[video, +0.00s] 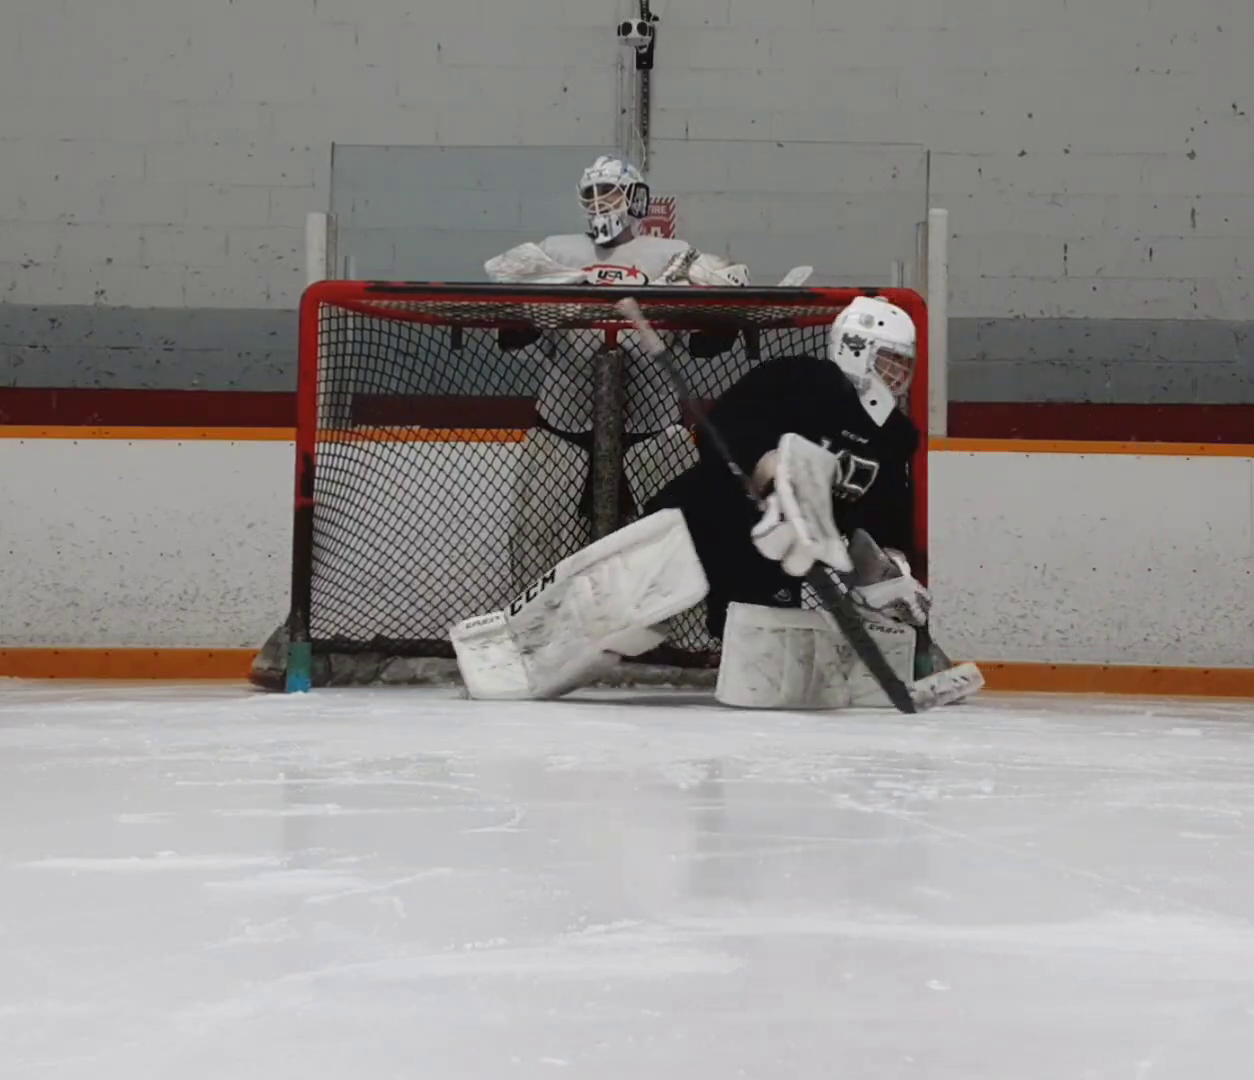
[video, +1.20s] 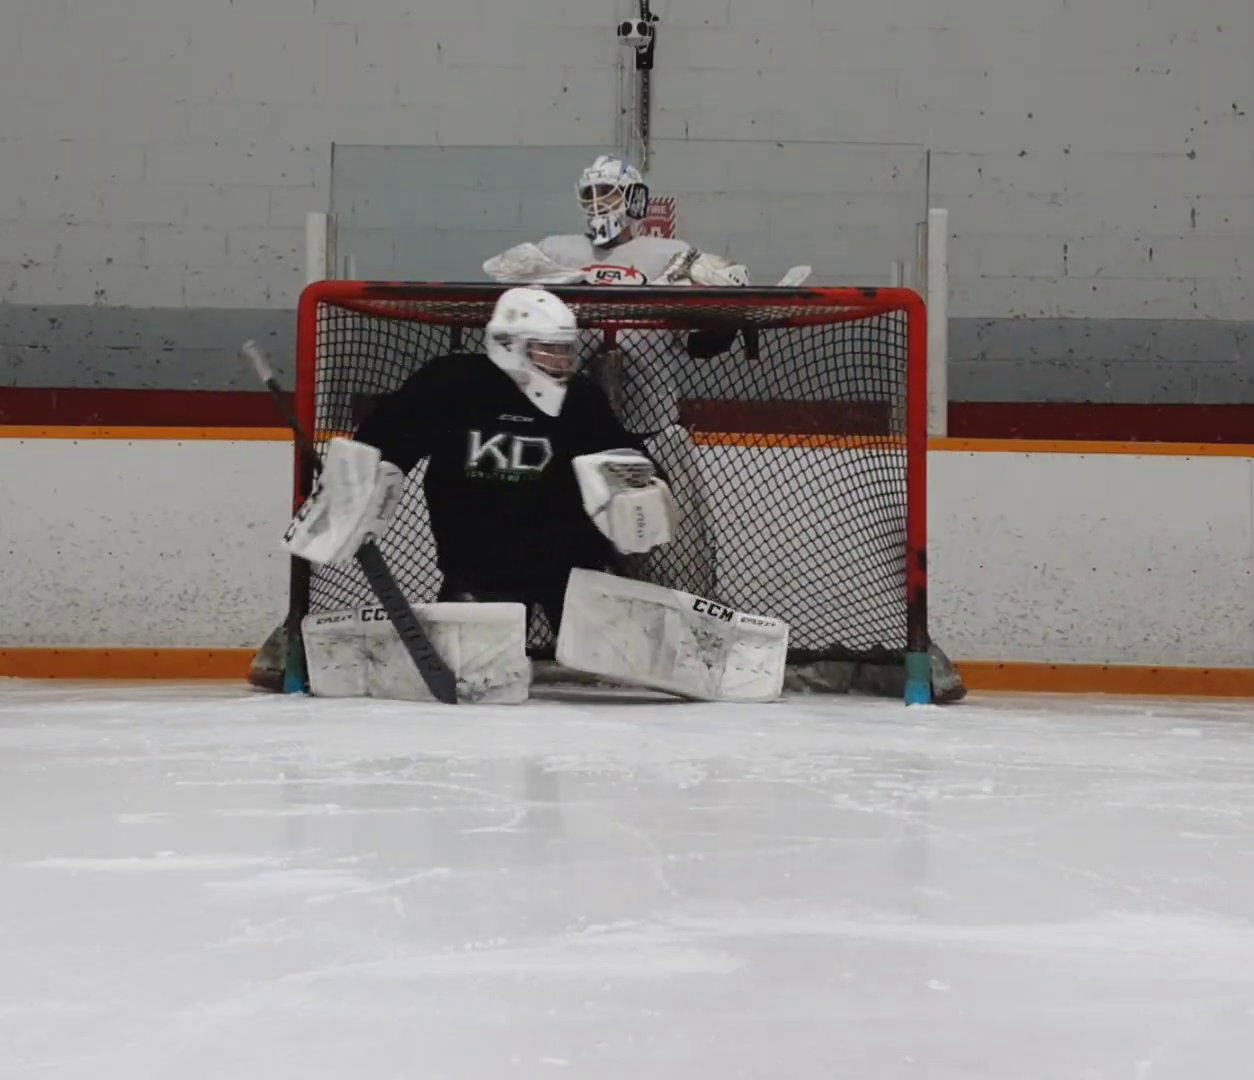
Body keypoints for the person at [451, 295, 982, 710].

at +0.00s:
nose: (900, 374)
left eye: (908, 365)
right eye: (892, 361)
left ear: (911, 368)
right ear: (855, 350)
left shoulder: (897, 437)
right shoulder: (798, 379)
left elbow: (880, 517)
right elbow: (722, 421)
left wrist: (892, 573)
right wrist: (765, 472)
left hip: (790, 556)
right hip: (715, 523)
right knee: (624, 602)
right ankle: (517, 651)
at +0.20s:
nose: (740, 365)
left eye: (750, 355)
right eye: (728, 352)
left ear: (761, 356)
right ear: (696, 349)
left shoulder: (775, 415)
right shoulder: (644, 395)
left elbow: (807, 486)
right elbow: (560, 442)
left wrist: (844, 534)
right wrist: (533, 519)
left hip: (710, 583)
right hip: (619, 577)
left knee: (753, 676)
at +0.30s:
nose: (603, 360)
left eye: (617, 350)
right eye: (594, 349)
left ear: (649, 350)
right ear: (580, 347)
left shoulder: (688, 401)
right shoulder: (552, 401)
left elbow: (750, 475)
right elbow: (479, 441)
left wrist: (772, 514)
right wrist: (431, 473)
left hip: (661, 600)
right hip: (562, 597)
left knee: (665, 741)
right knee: (554, 737)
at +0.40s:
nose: (498, 366)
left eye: (513, 355)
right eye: (492, 354)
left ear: (554, 351)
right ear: (488, 353)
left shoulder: (606, 395)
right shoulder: (472, 409)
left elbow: (684, 449)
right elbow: (404, 455)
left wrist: (707, 501)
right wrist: (351, 480)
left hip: (618, 611)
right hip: (515, 616)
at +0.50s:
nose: (433, 364)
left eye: (445, 352)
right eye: (425, 352)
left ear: (483, 345)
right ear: (418, 352)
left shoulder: (538, 385)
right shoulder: (415, 405)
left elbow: (620, 439)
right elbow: (360, 456)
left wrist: (576, 486)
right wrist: (316, 483)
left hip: (577, 582)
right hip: (482, 593)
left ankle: (753, 662)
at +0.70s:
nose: (598, 204)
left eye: (609, 192)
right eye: (591, 195)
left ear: (636, 197)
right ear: (582, 202)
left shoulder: (670, 256)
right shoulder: (558, 254)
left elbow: (704, 347)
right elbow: (509, 339)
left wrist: (718, 302)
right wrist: (525, 295)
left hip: (650, 438)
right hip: (564, 437)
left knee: (675, 562)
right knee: (555, 559)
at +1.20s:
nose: (597, 205)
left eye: (608, 194)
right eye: (589, 196)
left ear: (634, 197)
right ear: (581, 202)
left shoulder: (667, 254)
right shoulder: (566, 252)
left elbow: (704, 347)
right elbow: (499, 269)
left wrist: (719, 294)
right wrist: (560, 279)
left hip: (651, 426)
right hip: (576, 424)